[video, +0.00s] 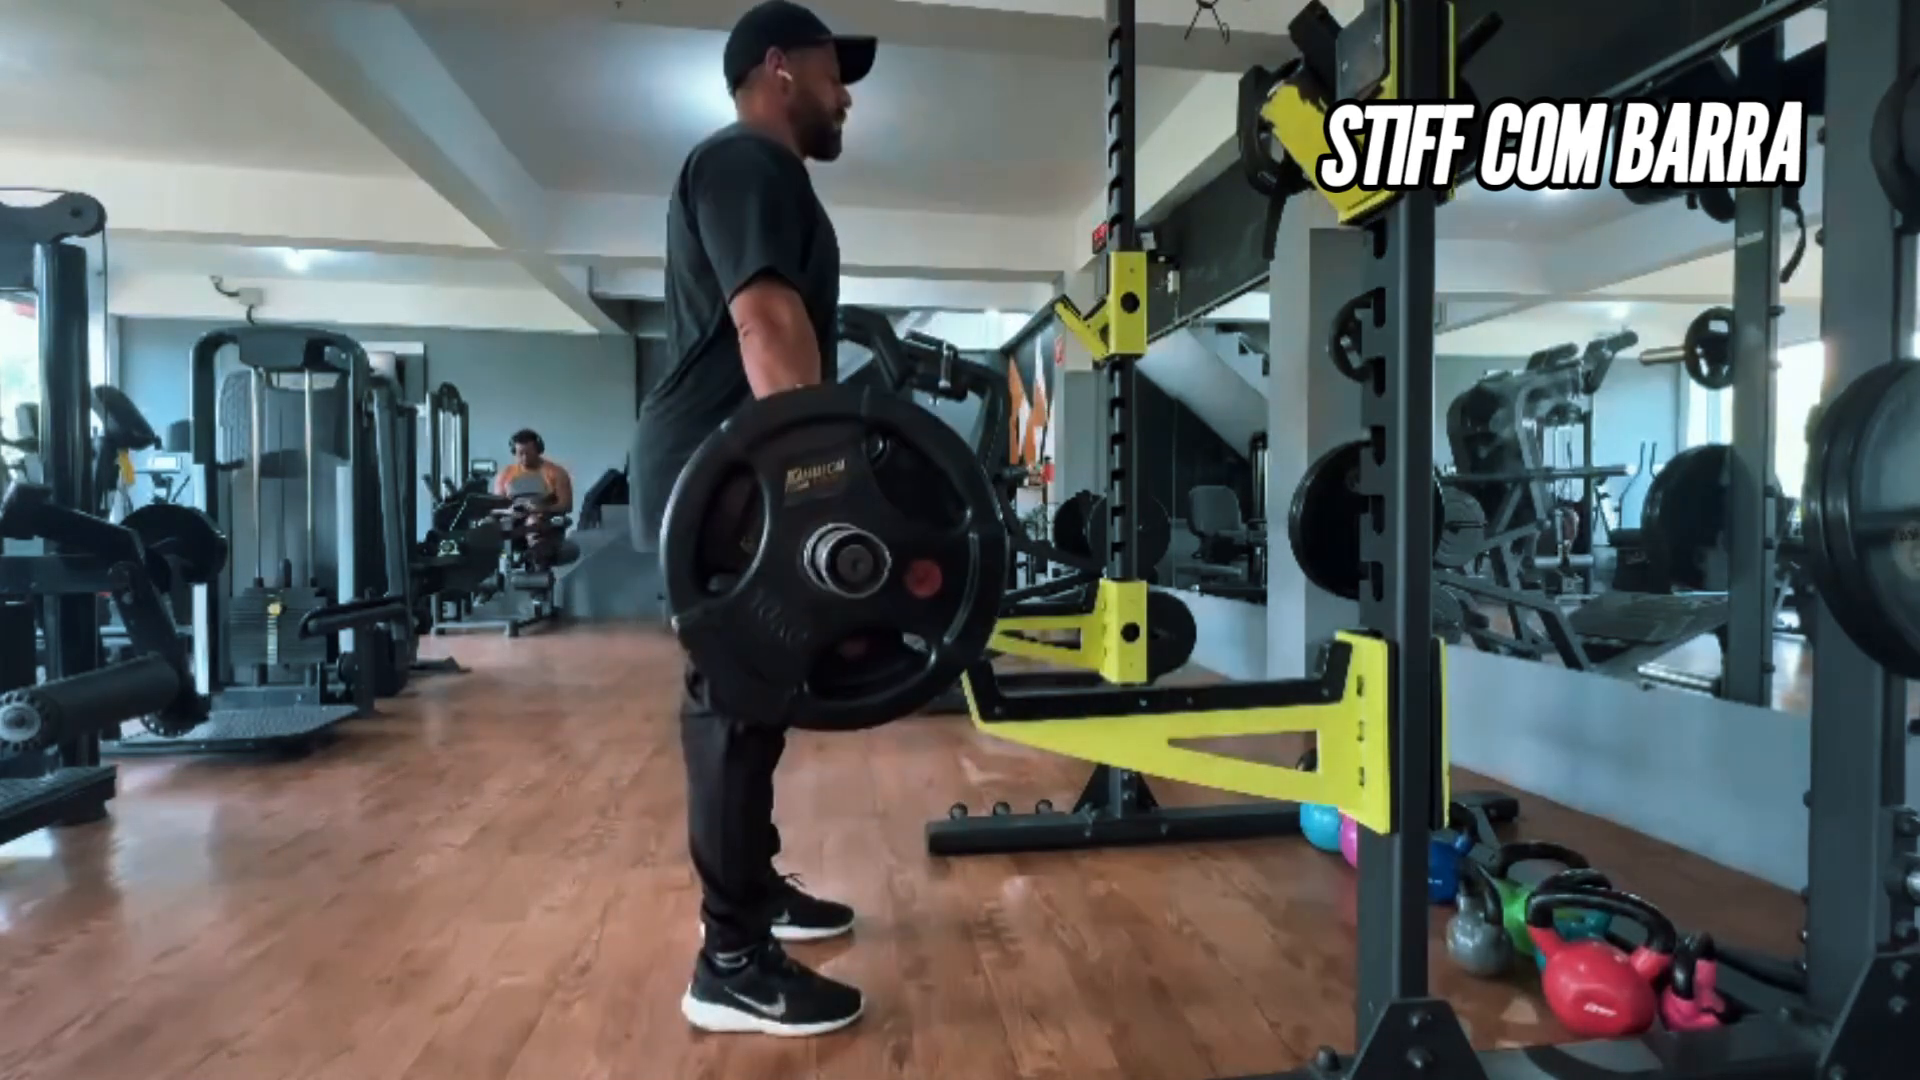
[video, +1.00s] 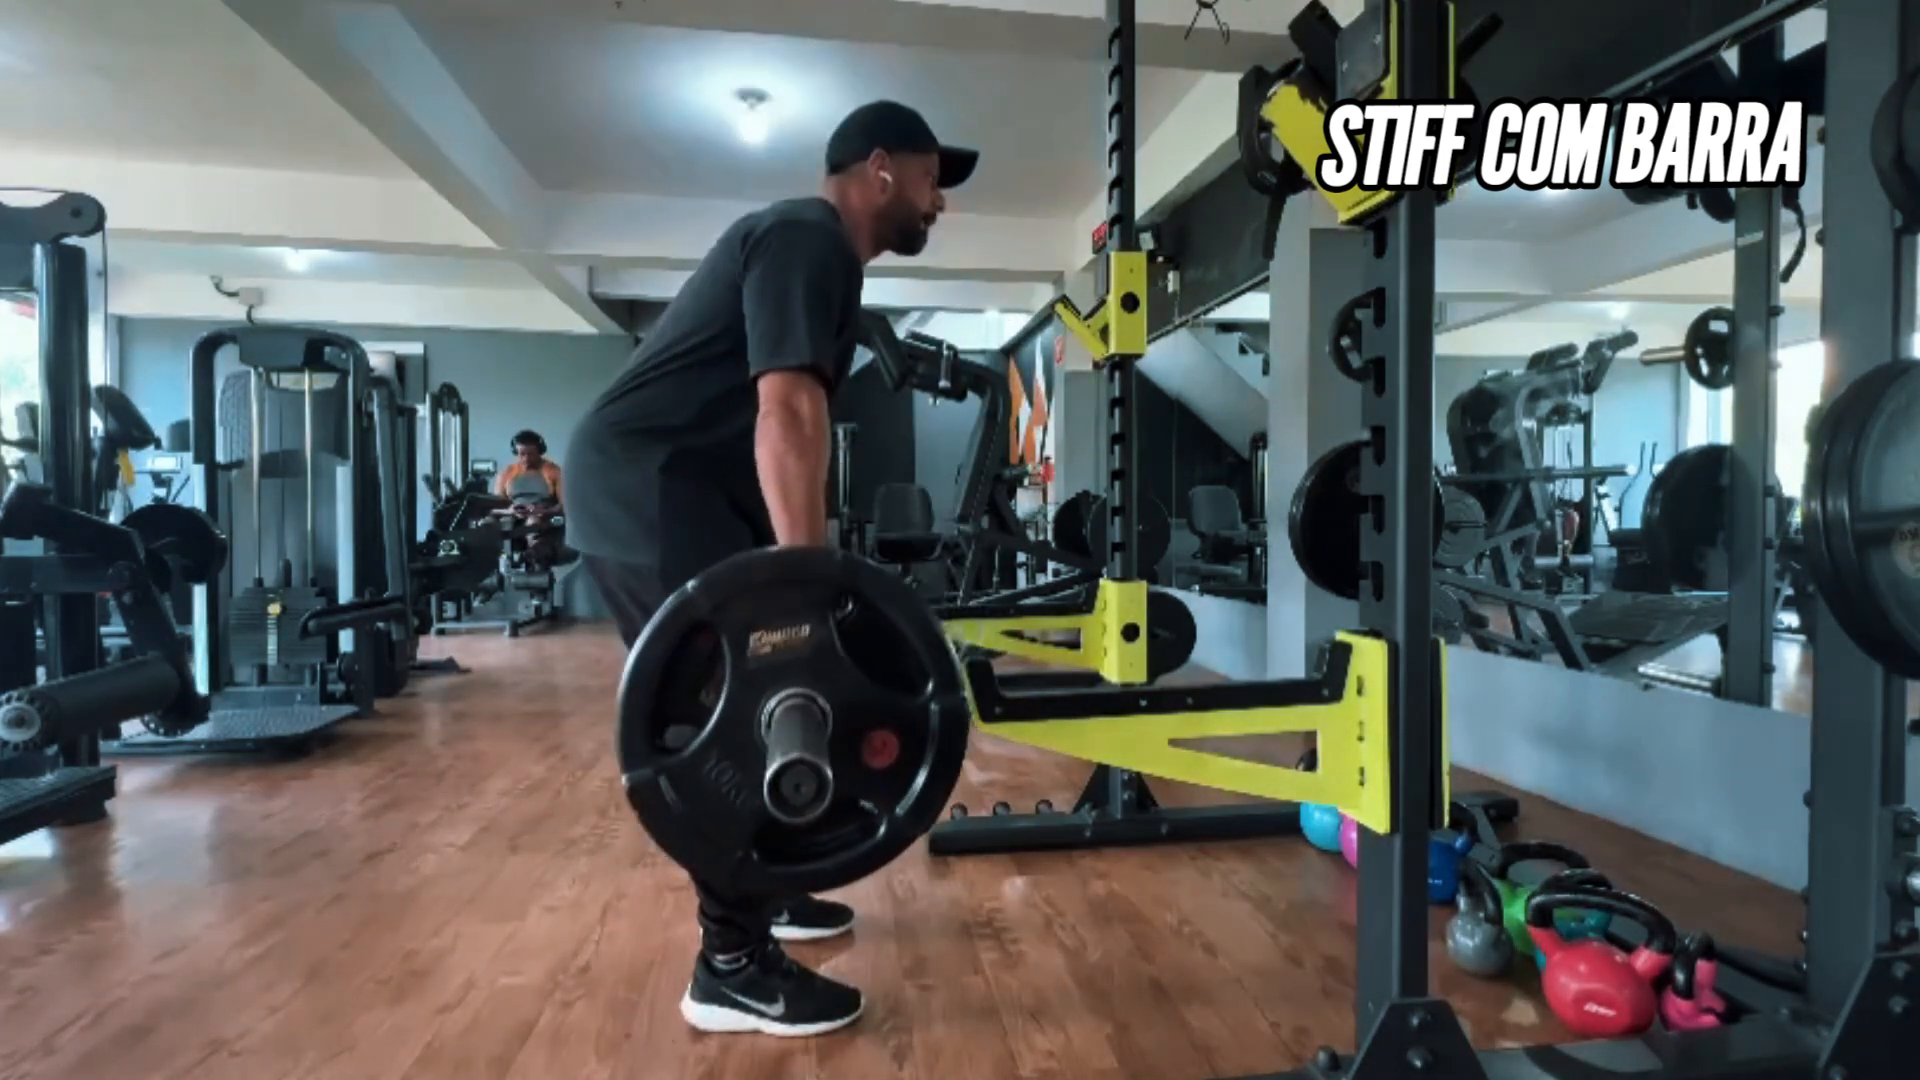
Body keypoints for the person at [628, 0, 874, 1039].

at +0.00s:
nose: (848, 95)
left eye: (847, 79)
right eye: (836, 74)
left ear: (772, 78)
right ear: (776, 70)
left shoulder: (750, 171)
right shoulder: (741, 160)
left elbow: (773, 337)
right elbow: (762, 318)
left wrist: (819, 482)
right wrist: (827, 485)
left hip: (727, 475)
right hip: (711, 477)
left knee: (750, 689)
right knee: (730, 698)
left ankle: (750, 882)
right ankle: (730, 957)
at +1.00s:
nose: (939, 205)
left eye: (941, 187)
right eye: (932, 182)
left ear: (873, 172)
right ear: (879, 167)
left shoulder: (818, 250)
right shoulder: (805, 233)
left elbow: (796, 409)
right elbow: (787, 402)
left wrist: (810, 578)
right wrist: (810, 582)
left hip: (682, 479)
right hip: (648, 477)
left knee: (742, 687)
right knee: (721, 702)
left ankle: (758, 894)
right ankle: (729, 957)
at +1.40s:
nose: (978, 341)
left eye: (983, 323)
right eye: (976, 316)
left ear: (923, 301)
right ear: (930, 300)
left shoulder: (835, 345)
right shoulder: (829, 343)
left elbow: (805, 520)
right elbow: (799, 520)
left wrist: (796, 686)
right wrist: (800, 701)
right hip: (597, 487)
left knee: (716, 695)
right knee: (726, 699)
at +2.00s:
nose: (987, 438)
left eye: (997, 424)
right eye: (988, 417)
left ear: (941, 390)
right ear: (946, 391)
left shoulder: (845, 417)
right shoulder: (837, 419)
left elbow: (813, 597)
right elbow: (800, 607)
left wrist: (783, 765)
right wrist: (788, 787)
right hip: (584, 500)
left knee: (721, 719)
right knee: (721, 725)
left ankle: (737, 929)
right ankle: (736, 939)